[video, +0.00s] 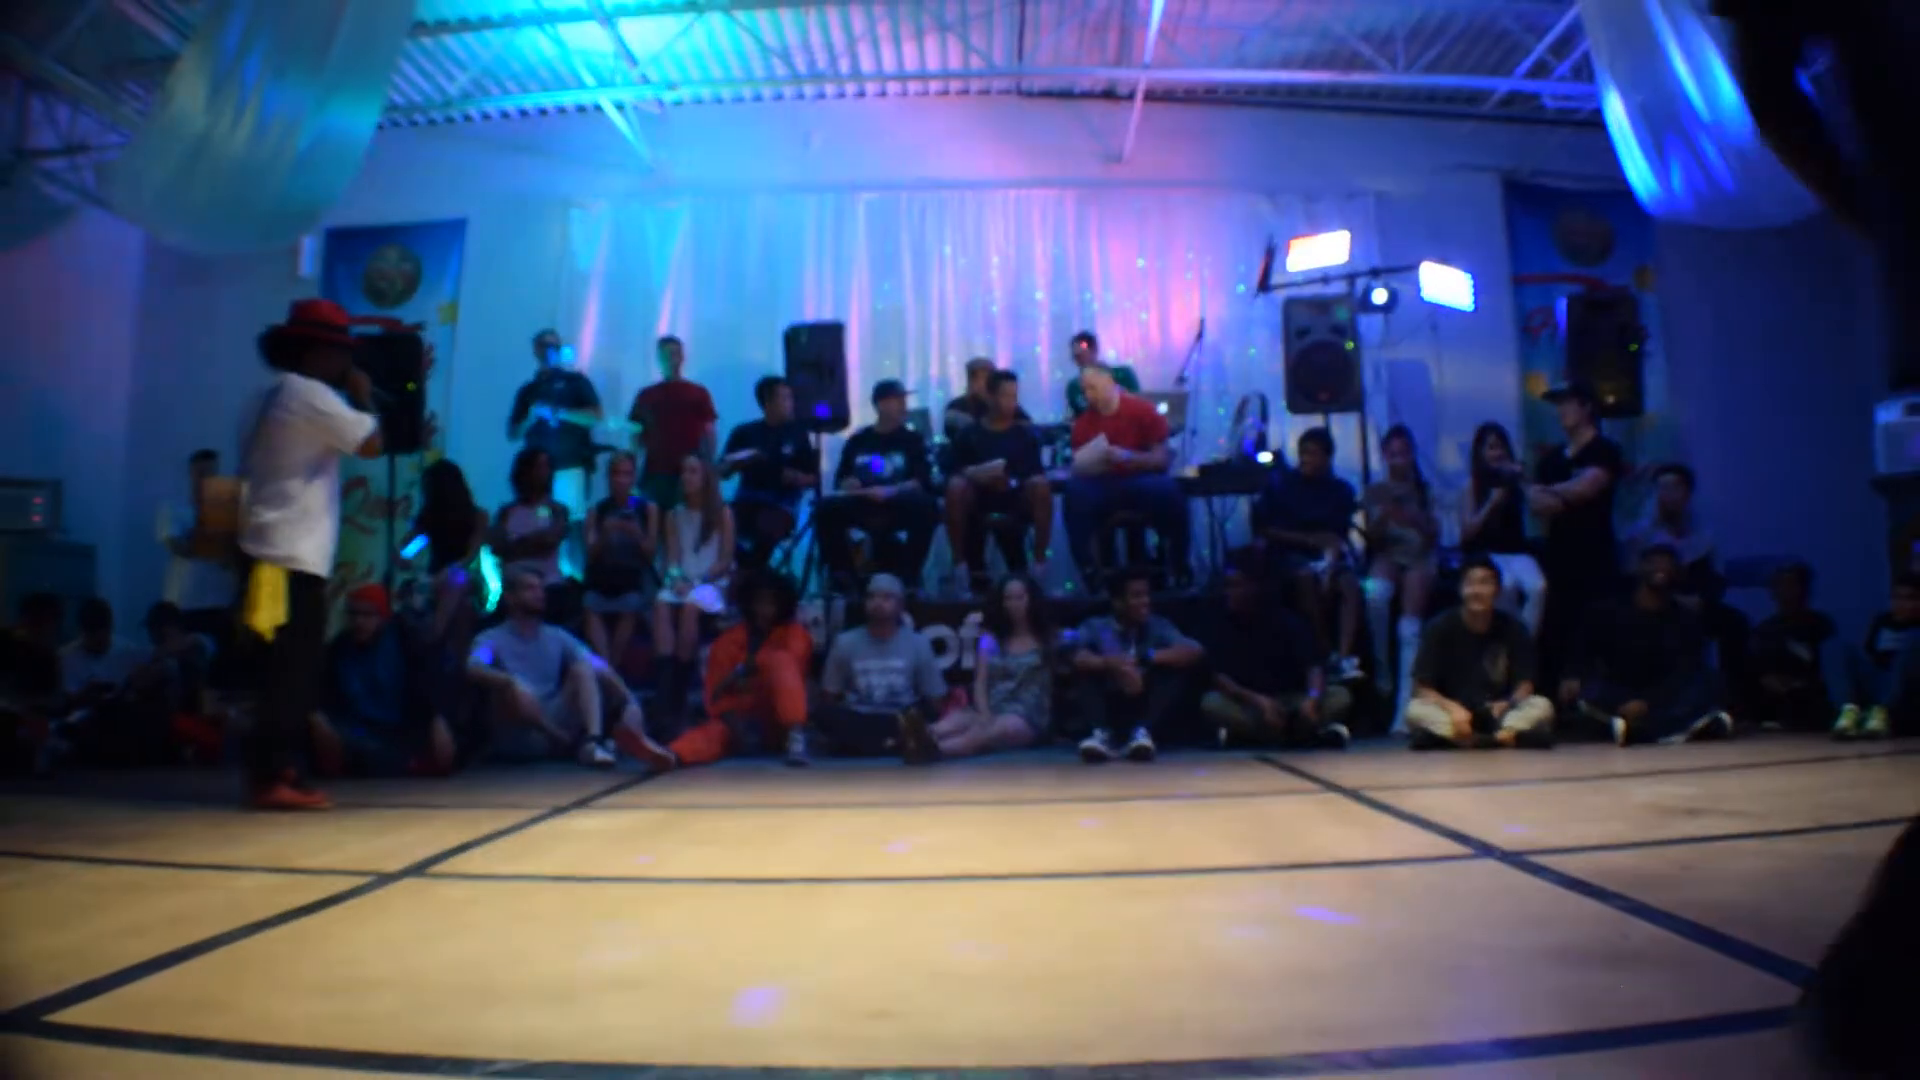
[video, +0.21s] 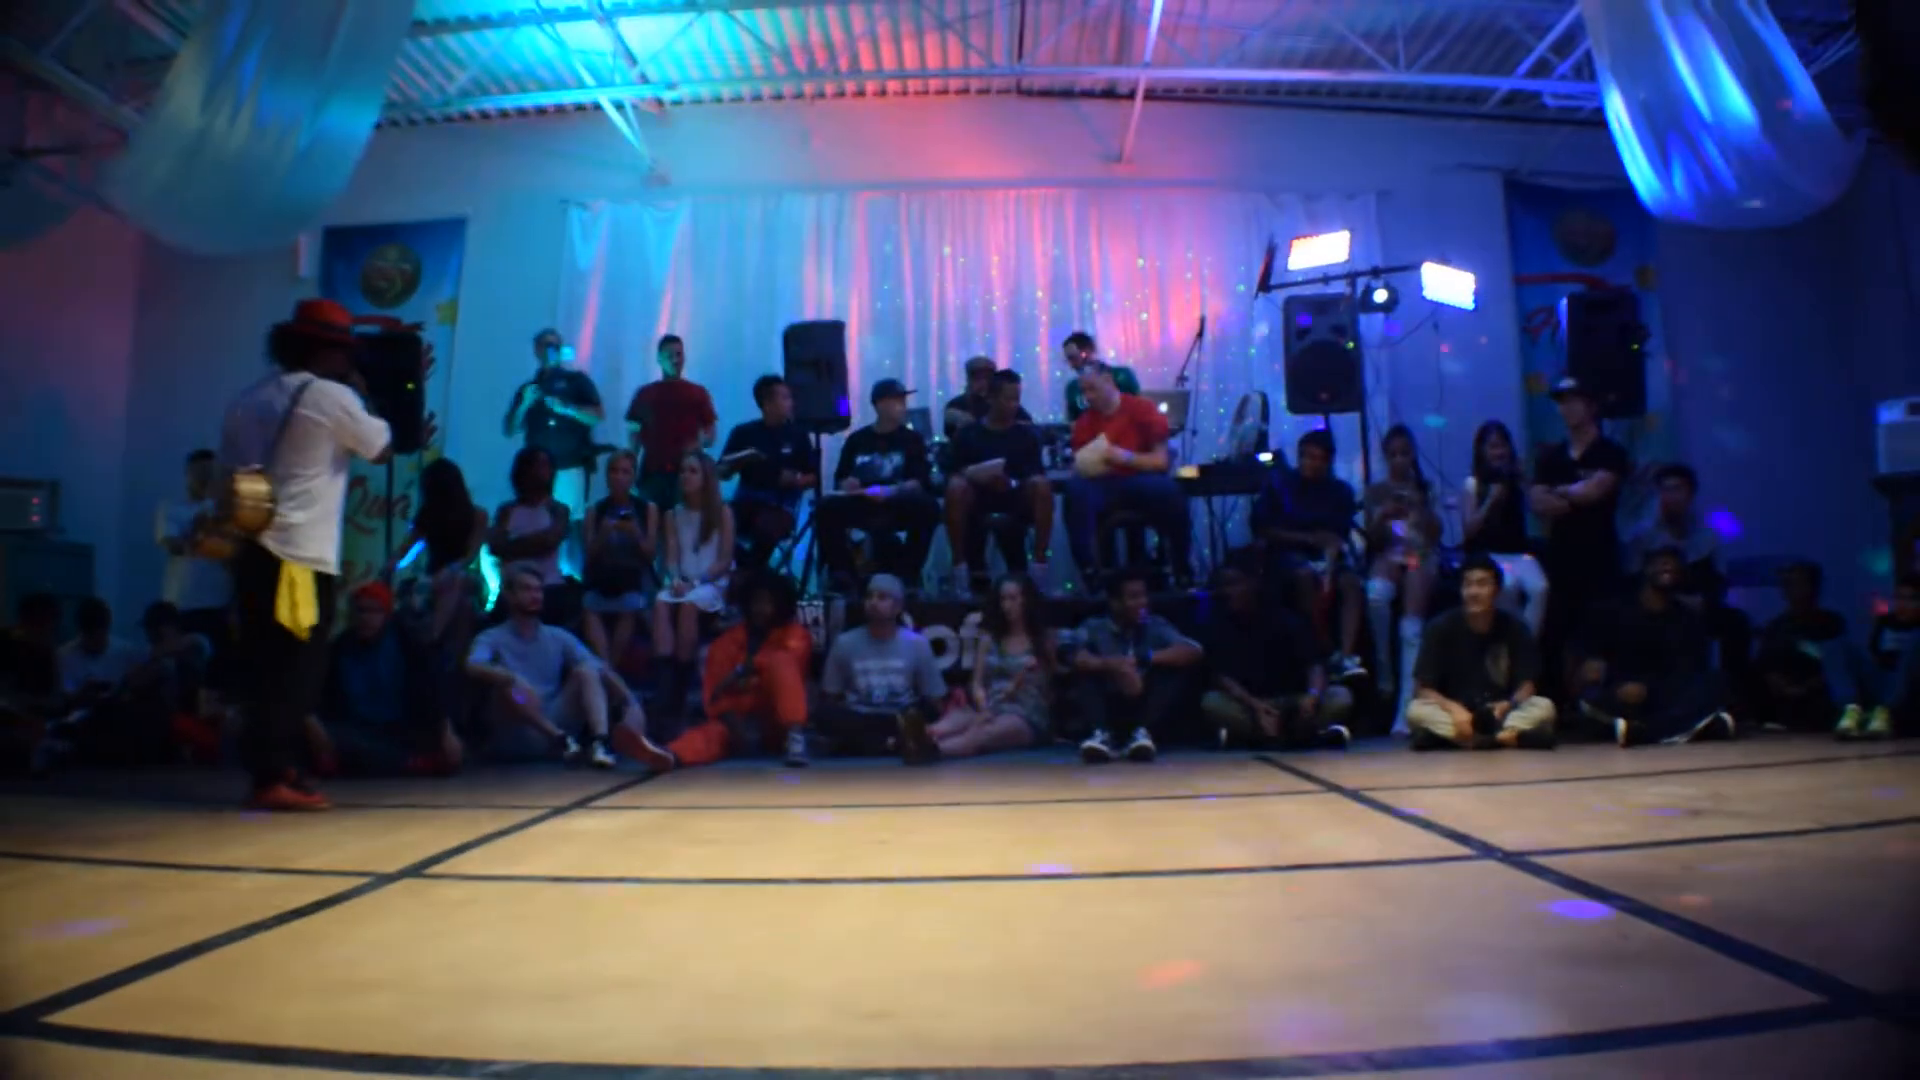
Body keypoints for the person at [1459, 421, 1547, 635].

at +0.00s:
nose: (1497, 453)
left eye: (1500, 447)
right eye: (1490, 448)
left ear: (1508, 449)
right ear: (1479, 452)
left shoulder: (1517, 479)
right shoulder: (1474, 485)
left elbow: (1538, 504)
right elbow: (1468, 529)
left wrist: (1520, 476)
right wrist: (1492, 503)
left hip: (1517, 550)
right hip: (1488, 550)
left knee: (1537, 586)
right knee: (1505, 586)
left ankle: (1527, 644)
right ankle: (1501, 641)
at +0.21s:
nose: (1499, 452)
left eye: (1503, 445)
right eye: (1492, 447)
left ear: (1511, 449)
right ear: (1481, 451)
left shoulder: (1519, 479)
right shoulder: (1474, 483)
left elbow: (1537, 509)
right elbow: (1470, 527)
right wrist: (1492, 500)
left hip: (1519, 551)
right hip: (1489, 551)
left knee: (1539, 586)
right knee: (1507, 585)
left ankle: (1529, 645)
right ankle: (1503, 641)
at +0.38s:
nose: (1508, 447)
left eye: (1511, 440)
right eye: (1501, 441)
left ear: (1516, 445)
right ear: (1487, 447)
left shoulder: (1523, 478)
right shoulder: (1477, 483)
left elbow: (1540, 510)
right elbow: (1472, 527)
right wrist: (1494, 498)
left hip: (1520, 548)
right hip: (1491, 549)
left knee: (1542, 585)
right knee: (1510, 585)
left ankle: (1530, 643)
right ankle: (1509, 640)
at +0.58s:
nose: (1513, 443)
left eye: (1514, 437)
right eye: (1506, 438)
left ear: (1518, 441)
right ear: (1490, 445)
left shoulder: (1525, 474)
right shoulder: (1478, 482)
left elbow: (1542, 518)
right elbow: (1472, 527)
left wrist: (1531, 495)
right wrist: (1496, 502)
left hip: (1524, 548)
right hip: (1493, 549)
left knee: (1539, 585)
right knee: (1511, 585)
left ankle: (1530, 646)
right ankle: (1508, 643)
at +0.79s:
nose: (1512, 441)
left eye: (1513, 436)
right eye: (1505, 437)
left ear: (1518, 440)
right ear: (1490, 444)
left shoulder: (1524, 474)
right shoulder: (1478, 482)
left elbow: (1540, 520)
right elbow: (1471, 527)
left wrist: (1529, 497)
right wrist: (1493, 501)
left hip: (1523, 548)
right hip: (1493, 549)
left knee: (1539, 585)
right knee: (1511, 585)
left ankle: (1530, 645)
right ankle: (1510, 640)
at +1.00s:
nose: (1511, 441)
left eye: (1513, 435)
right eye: (1504, 436)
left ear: (1518, 440)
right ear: (1489, 443)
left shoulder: (1526, 474)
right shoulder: (1478, 481)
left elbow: (1540, 517)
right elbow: (1471, 527)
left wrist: (1527, 509)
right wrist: (1486, 496)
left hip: (1523, 548)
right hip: (1492, 548)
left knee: (1537, 586)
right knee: (1510, 586)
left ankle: (1531, 646)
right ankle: (1507, 642)